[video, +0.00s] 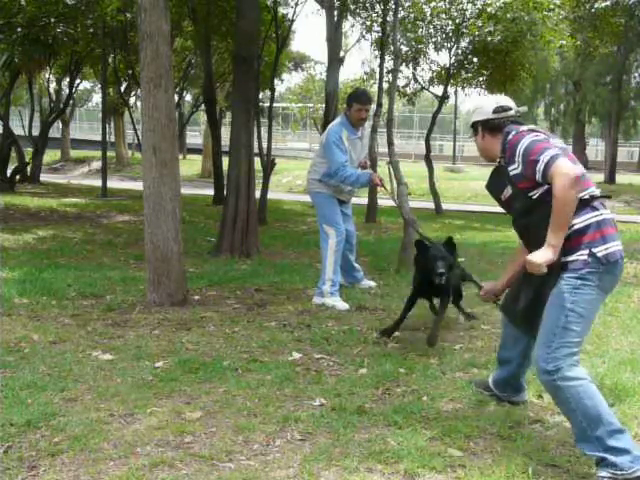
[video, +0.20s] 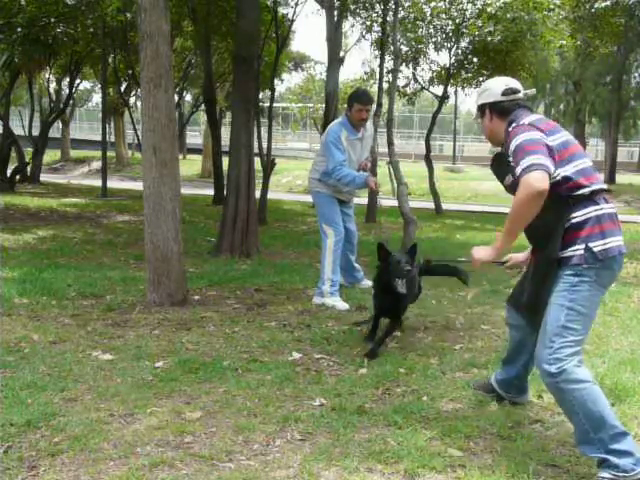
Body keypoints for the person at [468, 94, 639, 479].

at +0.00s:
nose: (475, 144)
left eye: (475, 136)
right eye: (474, 137)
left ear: (485, 132)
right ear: (496, 131)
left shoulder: (523, 140)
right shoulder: (511, 170)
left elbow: (568, 175)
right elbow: (533, 238)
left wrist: (551, 245)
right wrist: (503, 283)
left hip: (590, 255)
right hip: (562, 257)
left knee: (555, 362)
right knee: (518, 307)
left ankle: (621, 461)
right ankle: (507, 385)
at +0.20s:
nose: (482, 130)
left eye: (481, 120)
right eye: (480, 121)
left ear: (494, 114)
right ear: (513, 109)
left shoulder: (524, 132)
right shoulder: (539, 129)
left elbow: (535, 185)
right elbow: (566, 197)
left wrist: (499, 245)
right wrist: (535, 252)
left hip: (589, 248)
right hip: (565, 246)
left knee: (556, 360)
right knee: (522, 312)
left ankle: (622, 461)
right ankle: (510, 384)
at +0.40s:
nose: (478, 128)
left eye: (477, 120)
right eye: (477, 120)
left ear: (490, 115)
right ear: (514, 109)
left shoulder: (509, 136)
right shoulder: (544, 131)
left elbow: (485, 207)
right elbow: (570, 193)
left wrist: (445, 243)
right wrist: (534, 246)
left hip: (565, 248)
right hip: (578, 243)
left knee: (530, 353)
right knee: (510, 305)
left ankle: (611, 452)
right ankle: (506, 384)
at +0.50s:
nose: (480, 131)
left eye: (479, 122)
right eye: (479, 124)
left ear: (490, 116)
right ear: (515, 110)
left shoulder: (504, 138)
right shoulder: (551, 133)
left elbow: (471, 211)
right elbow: (585, 196)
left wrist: (438, 240)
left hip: (560, 246)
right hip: (583, 243)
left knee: (516, 350)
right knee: (509, 302)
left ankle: (588, 450)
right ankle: (506, 384)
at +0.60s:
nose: (484, 132)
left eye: (484, 124)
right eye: (483, 125)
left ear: (493, 118)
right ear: (523, 113)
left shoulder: (501, 140)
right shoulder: (566, 137)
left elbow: (461, 210)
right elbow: (603, 208)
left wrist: (427, 239)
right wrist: (612, 269)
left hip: (554, 252)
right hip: (589, 251)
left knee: (524, 361)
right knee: (525, 316)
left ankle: (583, 463)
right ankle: (505, 382)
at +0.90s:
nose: (482, 138)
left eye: (482, 130)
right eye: (481, 131)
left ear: (493, 126)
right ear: (519, 122)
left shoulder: (511, 140)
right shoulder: (539, 140)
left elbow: (508, 193)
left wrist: (461, 244)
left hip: (573, 249)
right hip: (595, 246)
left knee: (519, 355)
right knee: (525, 313)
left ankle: (581, 460)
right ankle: (525, 387)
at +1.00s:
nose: (479, 149)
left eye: (480, 140)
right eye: (478, 141)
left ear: (492, 135)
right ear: (505, 132)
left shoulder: (518, 144)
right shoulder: (533, 150)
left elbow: (540, 189)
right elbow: (528, 240)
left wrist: (494, 242)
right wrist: (498, 287)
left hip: (588, 249)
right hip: (591, 248)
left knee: (530, 347)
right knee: (527, 322)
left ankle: (592, 458)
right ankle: (525, 389)